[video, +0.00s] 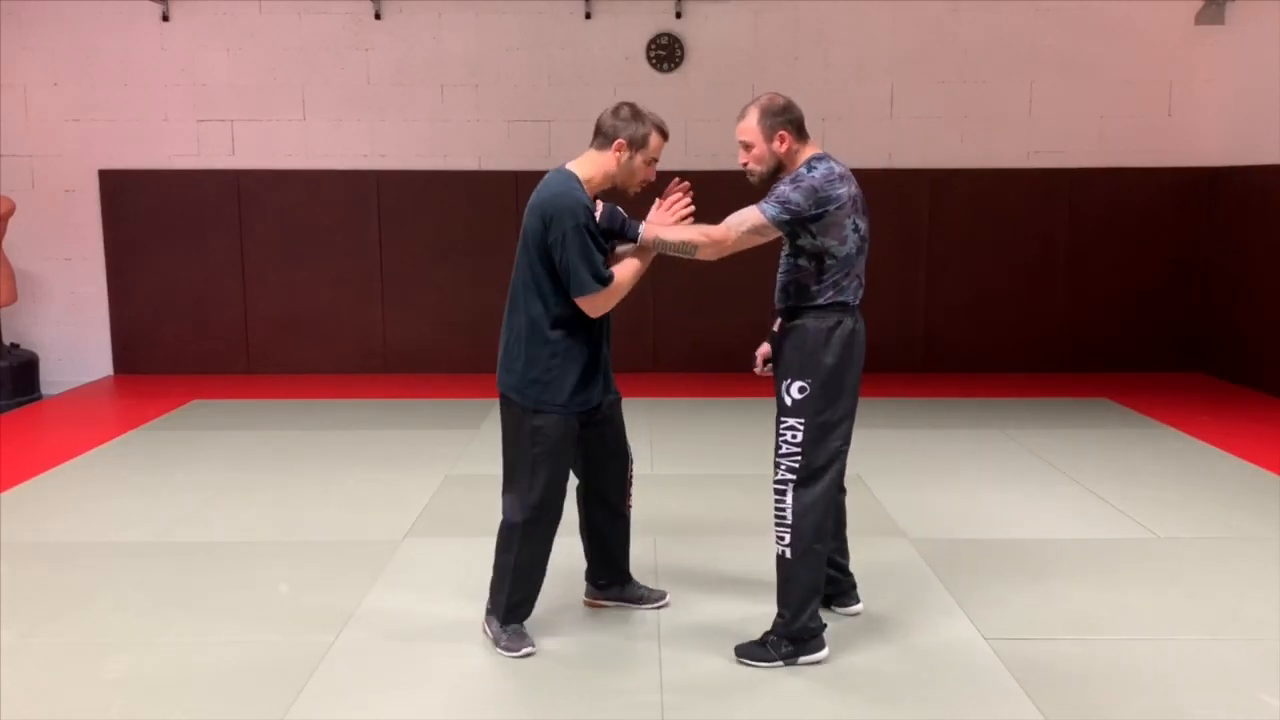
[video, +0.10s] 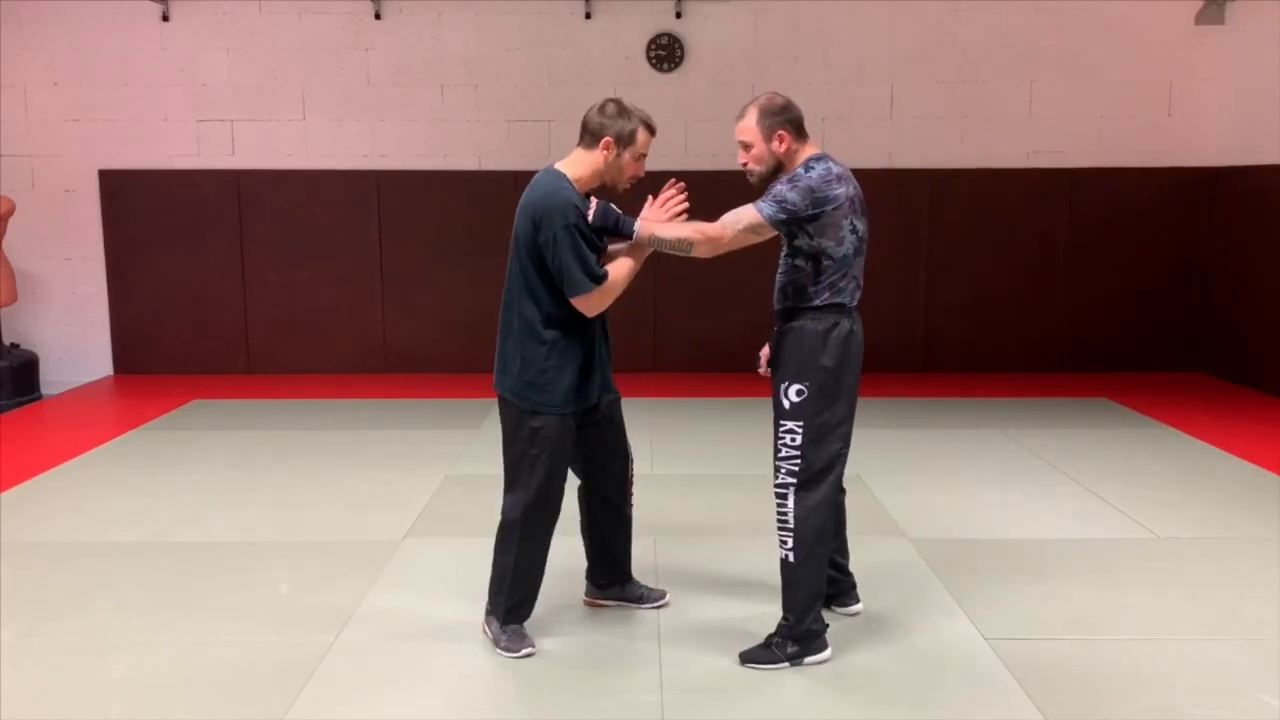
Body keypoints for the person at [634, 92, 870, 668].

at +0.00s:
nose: (742, 159)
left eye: (748, 147)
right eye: (741, 147)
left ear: (784, 141)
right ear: (787, 141)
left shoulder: (814, 184)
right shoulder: (823, 177)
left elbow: (717, 240)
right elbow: (811, 278)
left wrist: (632, 230)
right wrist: (778, 337)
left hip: (818, 336)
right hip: (823, 334)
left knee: (797, 481)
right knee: (819, 472)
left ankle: (797, 633)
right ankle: (834, 582)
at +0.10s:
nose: (741, 159)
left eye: (747, 147)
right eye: (740, 147)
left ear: (783, 141)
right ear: (786, 141)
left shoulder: (813, 185)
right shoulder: (825, 177)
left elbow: (714, 237)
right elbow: (815, 278)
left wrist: (629, 230)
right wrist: (783, 338)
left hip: (815, 338)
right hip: (822, 335)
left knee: (797, 483)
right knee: (818, 473)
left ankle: (801, 632)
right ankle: (834, 582)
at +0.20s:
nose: (741, 158)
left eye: (746, 146)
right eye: (739, 147)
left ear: (781, 140)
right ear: (784, 139)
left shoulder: (810, 185)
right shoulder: (825, 176)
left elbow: (709, 235)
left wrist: (620, 223)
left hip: (813, 339)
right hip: (820, 335)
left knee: (795, 482)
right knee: (817, 472)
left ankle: (801, 632)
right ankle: (834, 581)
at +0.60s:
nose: (734, 153)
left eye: (742, 142)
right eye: (733, 141)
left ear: (777, 138)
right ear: (782, 138)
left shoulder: (803, 186)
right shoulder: (825, 176)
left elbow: (701, 242)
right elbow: (720, 239)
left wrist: (612, 235)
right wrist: (624, 242)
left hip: (809, 344)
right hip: (823, 340)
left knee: (787, 488)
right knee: (816, 473)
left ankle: (799, 635)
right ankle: (834, 583)